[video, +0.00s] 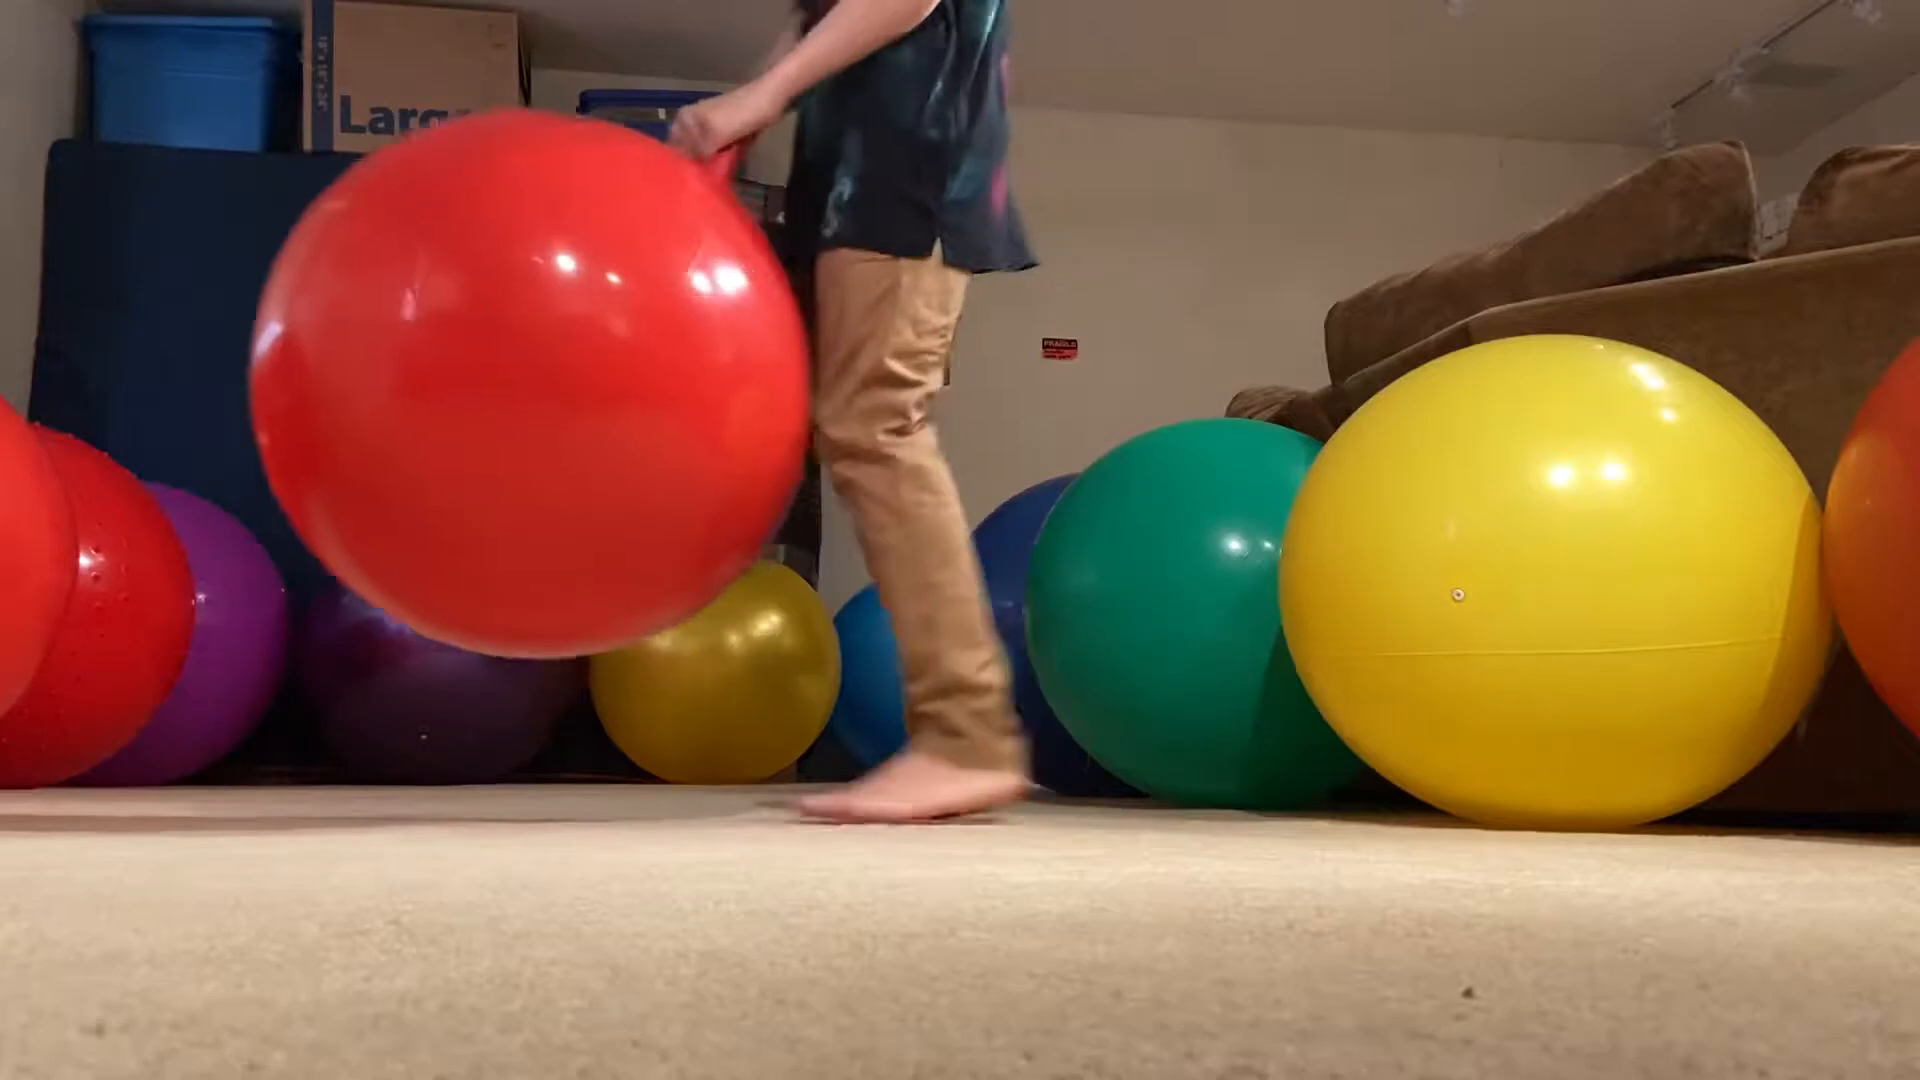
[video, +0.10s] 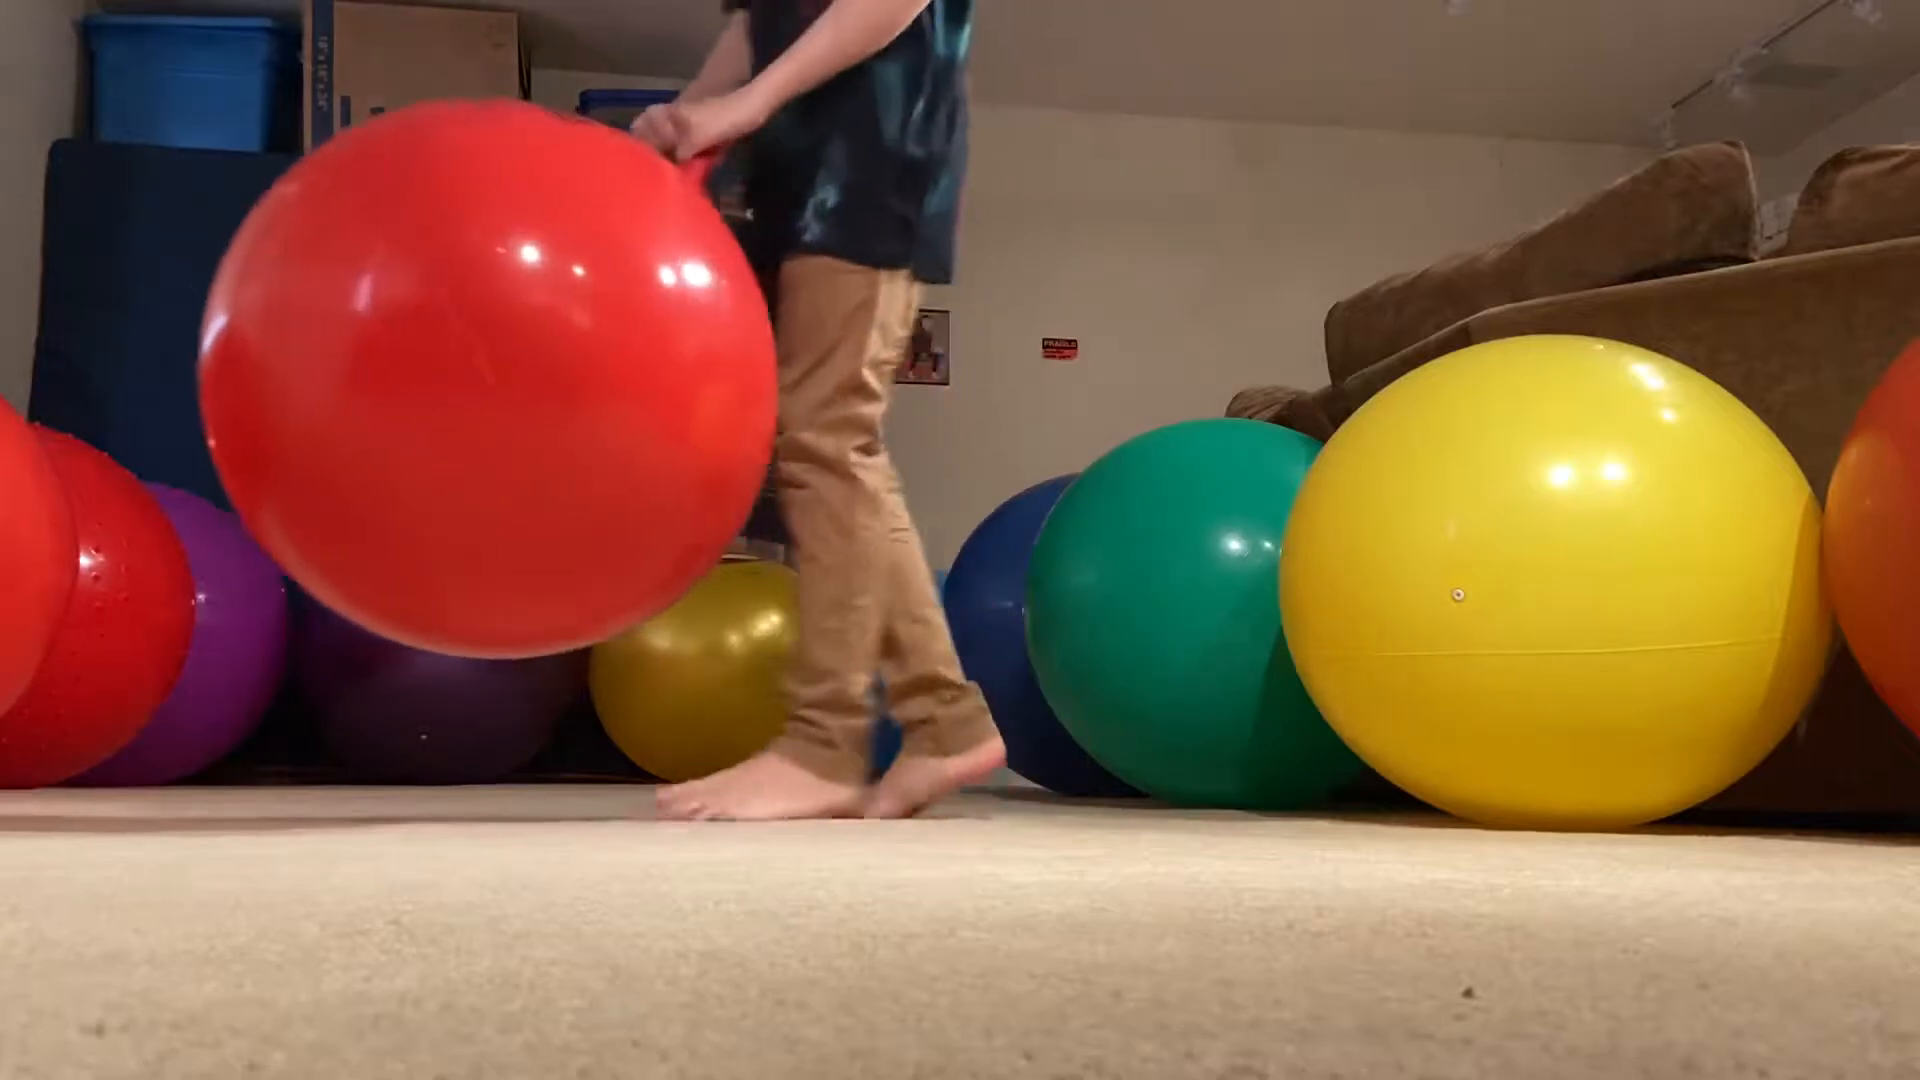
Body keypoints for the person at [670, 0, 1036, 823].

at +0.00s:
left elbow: (908, 3)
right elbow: (832, 18)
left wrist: (761, 94)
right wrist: (752, 103)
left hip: (910, 155)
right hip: (863, 154)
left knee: (876, 427)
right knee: (868, 430)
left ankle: (968, 741)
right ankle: (957, 735)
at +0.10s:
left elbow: (895, 6)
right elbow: (764, 17)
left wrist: (751, 100)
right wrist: (694, 111)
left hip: (873, 141)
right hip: (810, 148)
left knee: (822, 438)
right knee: (835, 441)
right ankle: (947, 722)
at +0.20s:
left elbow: (901, 3)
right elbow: (712, 16)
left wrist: (737, 109)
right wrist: (646, 104)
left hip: (820, 160)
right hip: (730, 169)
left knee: (784, 453)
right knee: (756, 455)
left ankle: (783, 762)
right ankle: (910, 681)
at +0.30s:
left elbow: (890, 8)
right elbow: (652, 14)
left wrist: (720, 114)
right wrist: (606, 99)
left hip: (788, 184)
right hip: (681, 192)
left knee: (771, 454)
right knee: (692, 460)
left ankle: (783, 758)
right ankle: (843, 666)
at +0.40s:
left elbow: (870, 14)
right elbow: (603, 7)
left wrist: (716, 115)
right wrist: (569, 101)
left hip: (771, 190)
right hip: (651, 197)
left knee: (766, 451)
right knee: (682, 458)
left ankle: (779, 753)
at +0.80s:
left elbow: (759, 65)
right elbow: (471, 48)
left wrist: (697, 177)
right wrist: (530, 144)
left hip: (720, 206)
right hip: (571, 207)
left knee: (752, 456)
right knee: (585, 457)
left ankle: (776, 722)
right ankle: (611, 740)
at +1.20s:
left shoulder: (785, 6)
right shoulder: (528, 3)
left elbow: (795, 123)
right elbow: (502, 94)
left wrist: (722, 216)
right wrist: (564, 195)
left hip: (750, 257)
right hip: (596, 256)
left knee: (794, 483)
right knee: (597, 491)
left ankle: (844, 742)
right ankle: (612, 762)